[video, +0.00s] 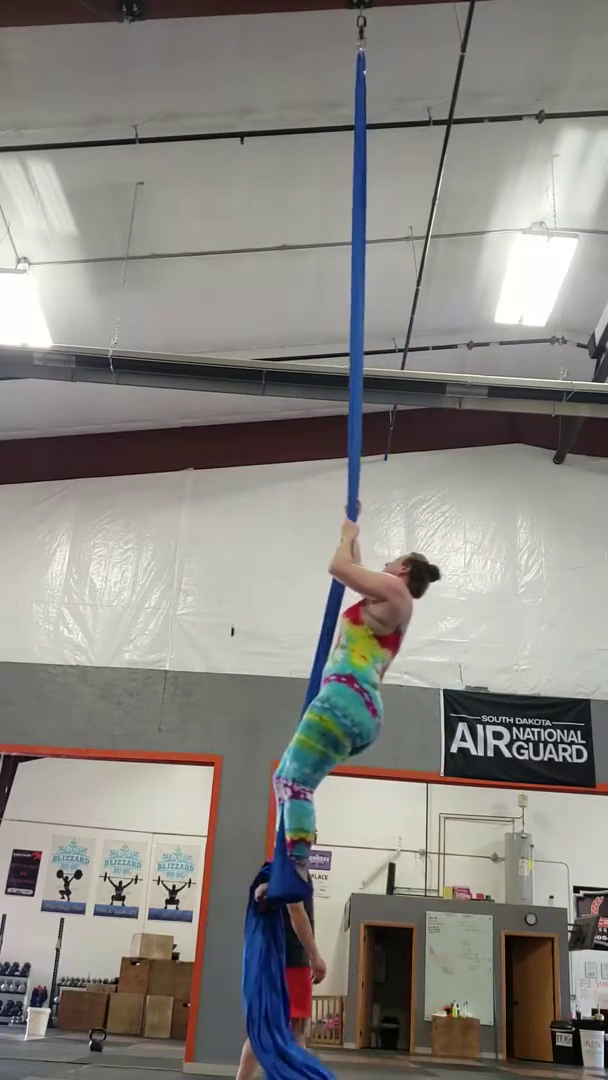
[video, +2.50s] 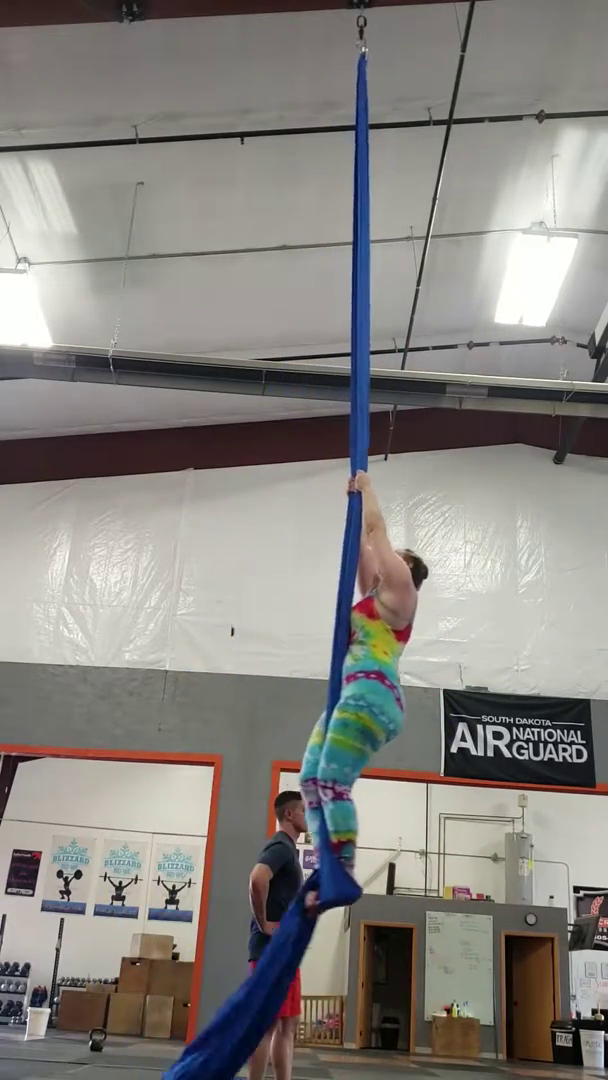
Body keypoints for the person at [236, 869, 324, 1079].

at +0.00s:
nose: (315, 841)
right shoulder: (291, 867)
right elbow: (297, 914)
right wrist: (315, 955)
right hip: (292, 961)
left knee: (260, 1027)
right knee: (296, 1030)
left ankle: (243, 1075)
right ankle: (296, 1074)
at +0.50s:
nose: (293, 827)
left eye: (293, 822)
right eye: (289, 822)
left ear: (270, 825)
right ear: (272, 823)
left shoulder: (253, 857)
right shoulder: (271, 854)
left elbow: (246, 905)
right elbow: (271, 901)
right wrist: (283, 946)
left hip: (245, 949)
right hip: (263, 950)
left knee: (243, 1018)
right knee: (279, 1013)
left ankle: (236, 1074)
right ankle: (272, 1072)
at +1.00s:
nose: (296, 818)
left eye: (295, 813)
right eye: (290, 813)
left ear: (277, 818)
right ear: (273, 817)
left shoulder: (271, 850)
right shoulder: (268, 851)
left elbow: (274, 906)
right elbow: (267, 904)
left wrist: (290, 952)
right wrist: (290, 948)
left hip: (265, 951)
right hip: (263, 951)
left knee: (260, 1019)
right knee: (266, 1020)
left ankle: (240, 1072)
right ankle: (255, 1077)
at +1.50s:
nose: (307, 817)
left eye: (307, 811)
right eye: (302, 811)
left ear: (289, 815)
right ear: (284, 814)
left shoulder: (287, 849)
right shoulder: (274, 846)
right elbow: (247, 874)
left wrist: (288, 926)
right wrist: (254, 922)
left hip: (288, 945)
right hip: (271, 944)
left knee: (288, 1022)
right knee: (267, 1021)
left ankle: (283, 1077)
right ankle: (256, 1076)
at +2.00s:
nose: (311, 816)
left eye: (310, 811)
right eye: (306, 811)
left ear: (291, 815)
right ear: (288, 814)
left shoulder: (289, 848)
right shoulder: (281, 846)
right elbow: (258, 877)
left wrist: (290, 924)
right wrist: (263, 922)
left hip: (288, 948)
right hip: (273, 947)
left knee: (288, 1024)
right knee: (268, 1023)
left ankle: (283, 1076)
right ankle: (256, 1076)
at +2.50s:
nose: (308, 817)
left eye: (307, 812)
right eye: (304, 812)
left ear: (289, 815)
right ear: (290, 814)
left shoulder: (288, 847)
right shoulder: (281, 847)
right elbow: (258, 878)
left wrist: (284, 923)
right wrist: (264, 923)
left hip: (284, 949)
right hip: (271, 949)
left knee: (288, 1024)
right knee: (267, 1025)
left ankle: (283, 1075)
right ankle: (256, 1075)